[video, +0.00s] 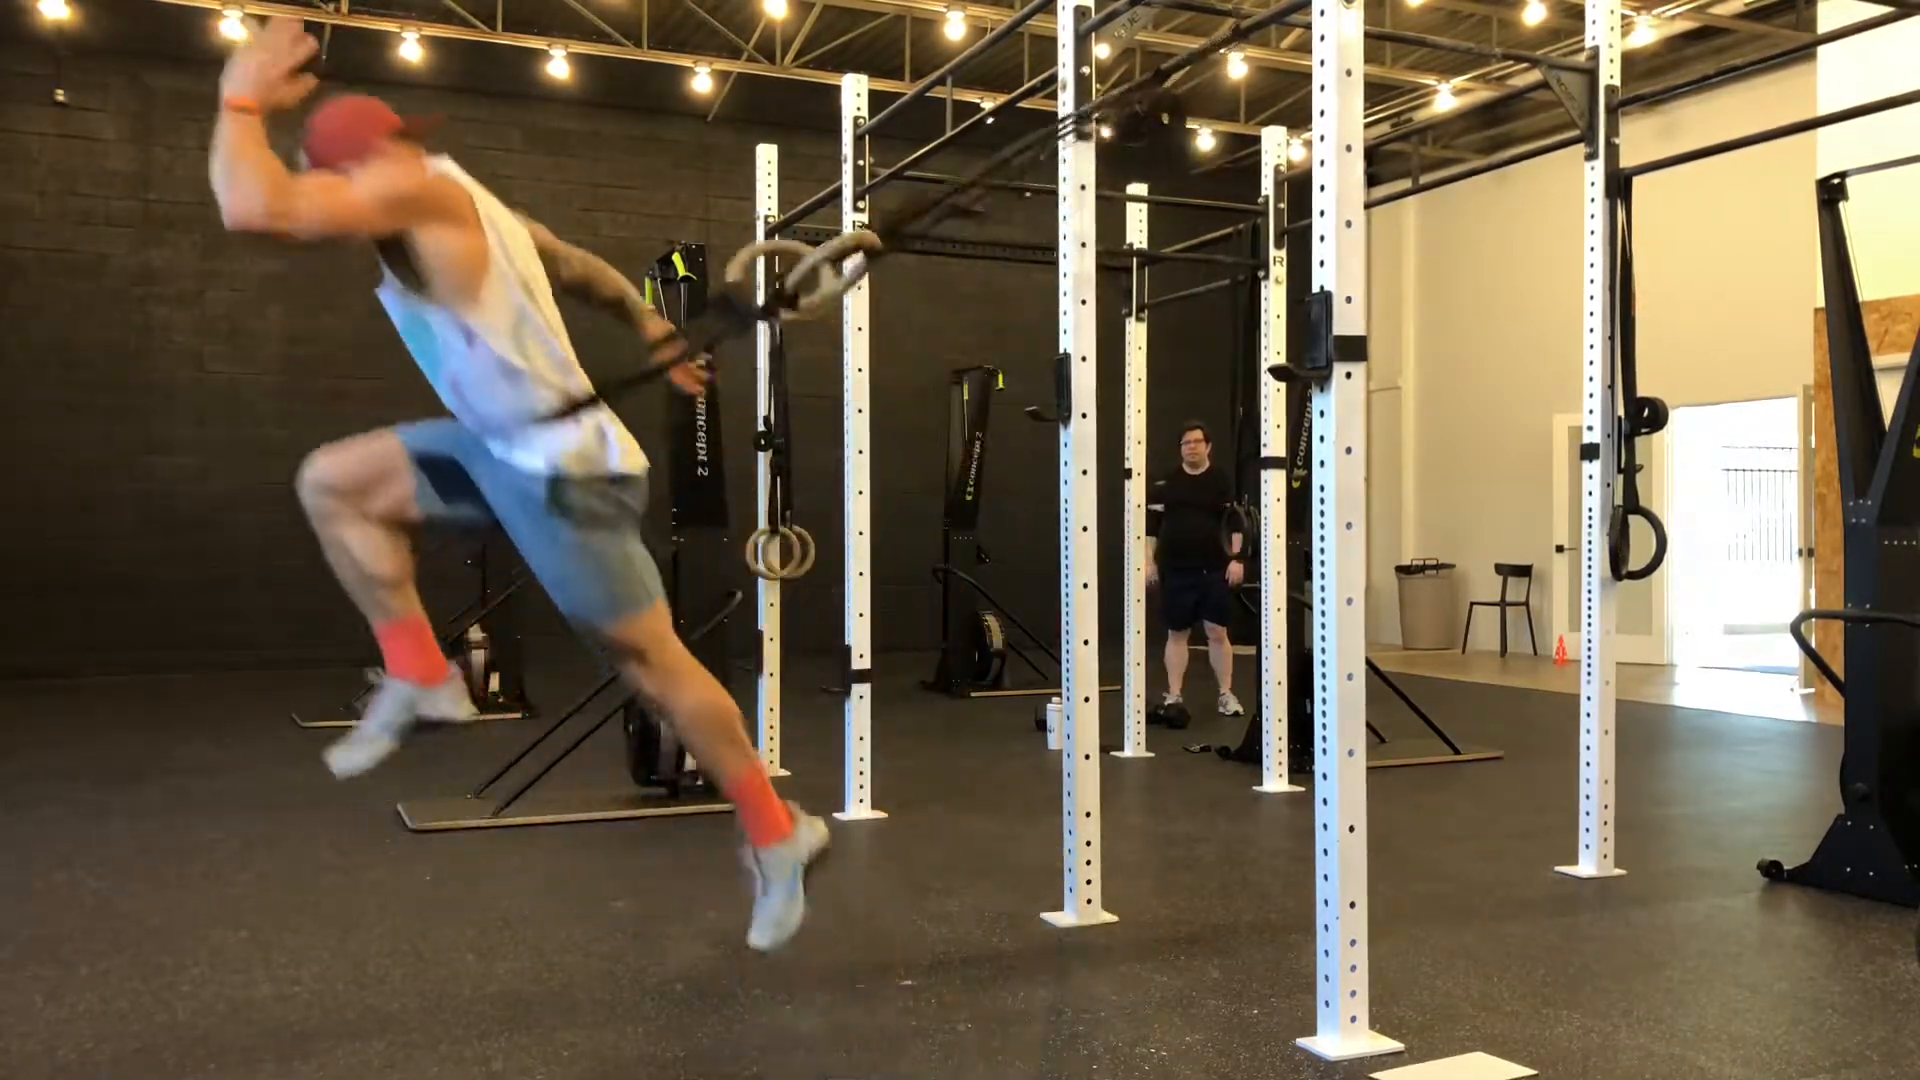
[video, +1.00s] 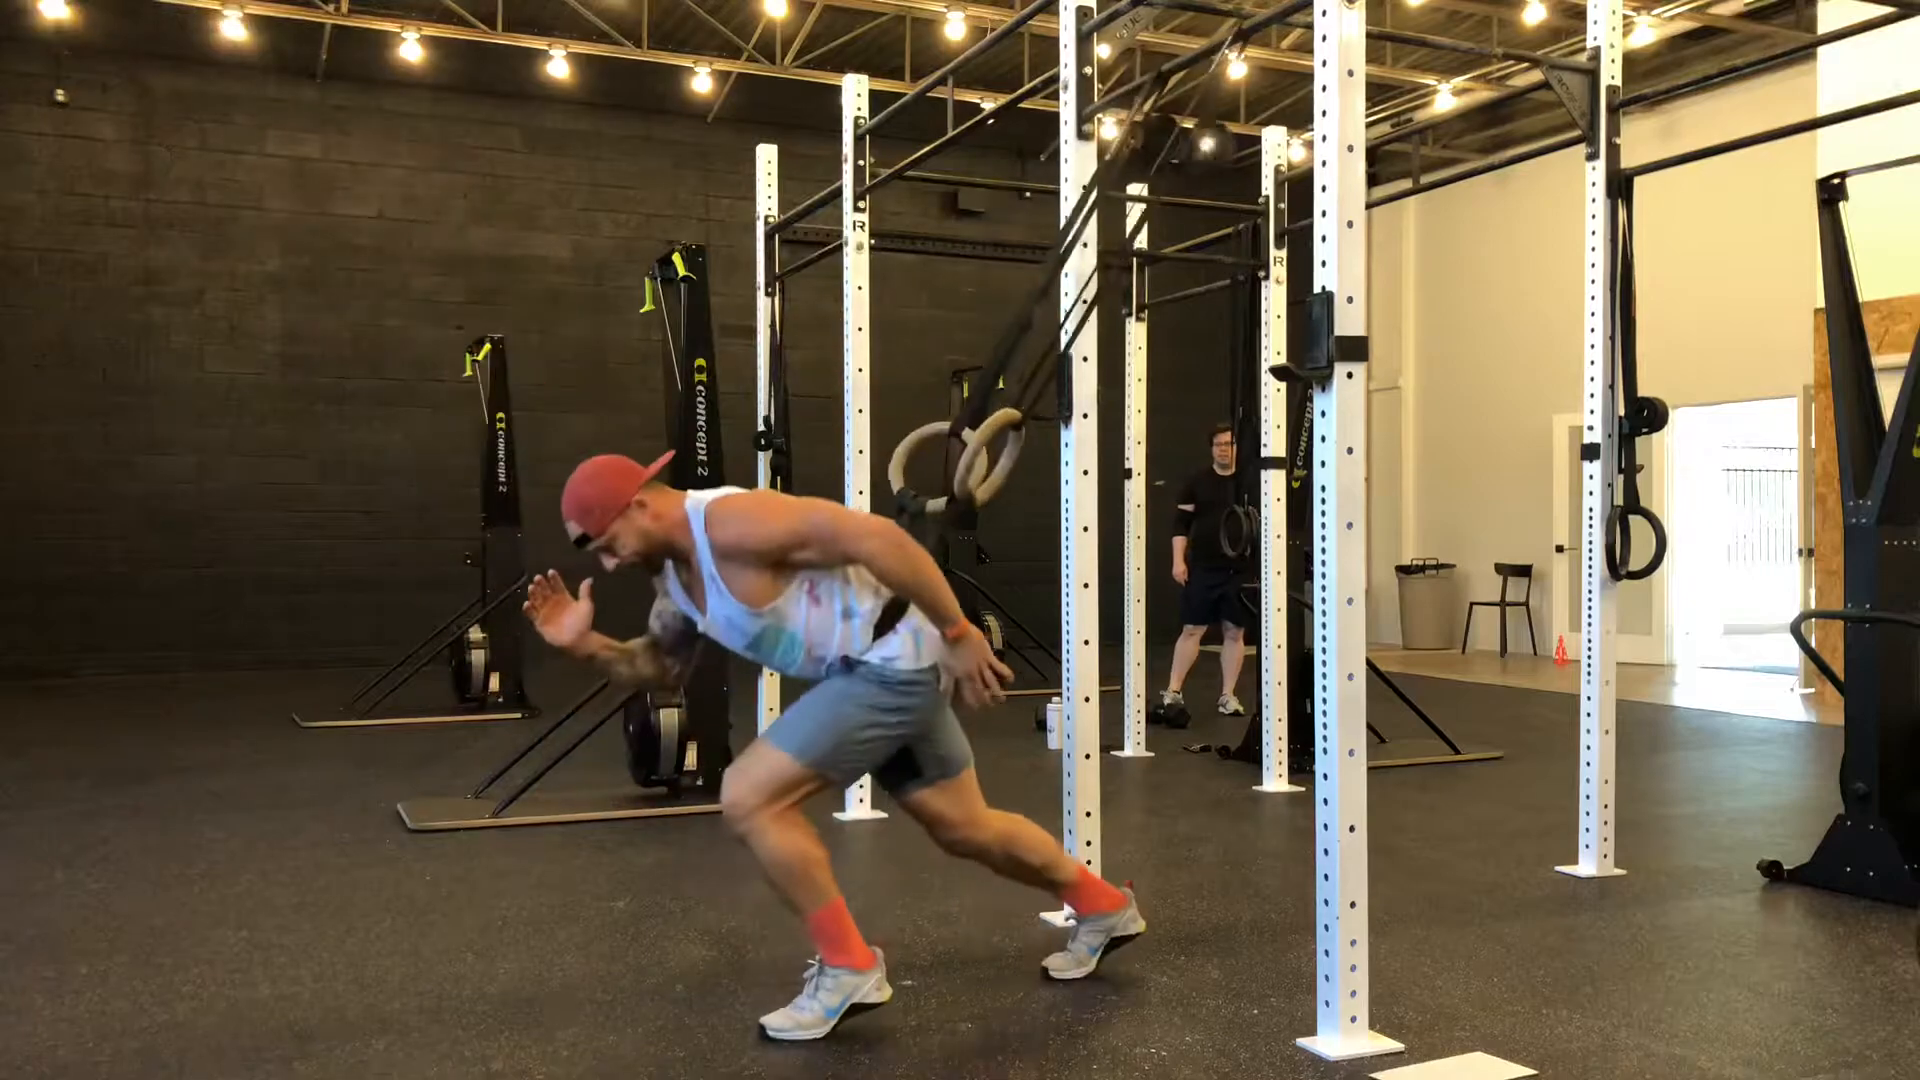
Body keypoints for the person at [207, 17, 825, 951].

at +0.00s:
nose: (343, 189)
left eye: (345, 172)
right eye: (339, 175)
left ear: (378, 152)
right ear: (387, 142)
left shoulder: (418, 185)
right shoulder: (449, 196)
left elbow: (254, 203)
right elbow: (573, 264)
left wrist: (240, 94)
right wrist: (651, 323)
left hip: (565, 464)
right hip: (500, 447)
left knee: (652, 659)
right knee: (333, 482)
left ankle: (778, 832)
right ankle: (420, 676)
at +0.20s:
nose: (299, 127)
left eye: (299, 109)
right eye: (293, 116)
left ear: (332, 82)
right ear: (346, 78)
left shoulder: (380, 115)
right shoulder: (404, 125)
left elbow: (226, 166)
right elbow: (532, 241)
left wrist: (187, 64)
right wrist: (539, 338)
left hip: (540, 382)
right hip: (476, 373)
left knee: (619, 596)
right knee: (301, 401)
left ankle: (743, 780)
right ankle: (399, 596)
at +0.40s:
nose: (365, 209)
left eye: (363, 191)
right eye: (355, 197)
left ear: (393, 161)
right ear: (386, 168)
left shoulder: (456, 198)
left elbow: (322, 262)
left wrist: (264, 166)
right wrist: (456, 466)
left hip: (609, 445)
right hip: (529, 436)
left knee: (680, 655)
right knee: (389, 514)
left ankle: (791, 845)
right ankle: (530, 672)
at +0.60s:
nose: (472, 425)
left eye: (476, 406)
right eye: (463, 413)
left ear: (522, 380)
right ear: (503, 393)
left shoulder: (614, 427)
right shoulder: (538, 458)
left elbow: (652, 548)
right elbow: (511, 558)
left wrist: (522, 568)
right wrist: (435, 636)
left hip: (760, 613)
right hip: (701, 625)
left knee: (707, 822)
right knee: (716, 809)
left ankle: (844, 959)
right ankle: (899, 824)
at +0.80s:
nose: (572, 560)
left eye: (572, 543)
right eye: (563, 549)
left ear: (612, 508)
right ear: (595, 525)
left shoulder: (705, 535)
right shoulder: (642, 583)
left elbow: (843, 575)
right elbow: (634, 687)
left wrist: (915, 685)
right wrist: (561, 677)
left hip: (861, 684)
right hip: (836, 689)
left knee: (707, 812)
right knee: (944, 836)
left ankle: (837, 957)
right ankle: (1091, 898)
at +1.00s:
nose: (607, 558)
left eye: (604, 541)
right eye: (597, 548)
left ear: (641, 505)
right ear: (634, 514)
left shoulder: (731, 523)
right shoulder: (679, 581)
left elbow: (876, 535)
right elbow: (658, 664)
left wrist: (958, 631)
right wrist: (587, 643)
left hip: (894, 661)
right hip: (882, 667)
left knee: (749, 793)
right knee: (964, 827)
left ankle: (849, 964)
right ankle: (1102, 901)